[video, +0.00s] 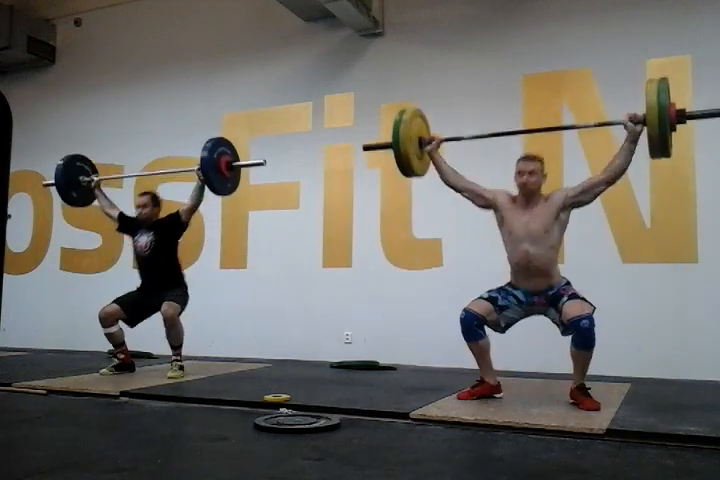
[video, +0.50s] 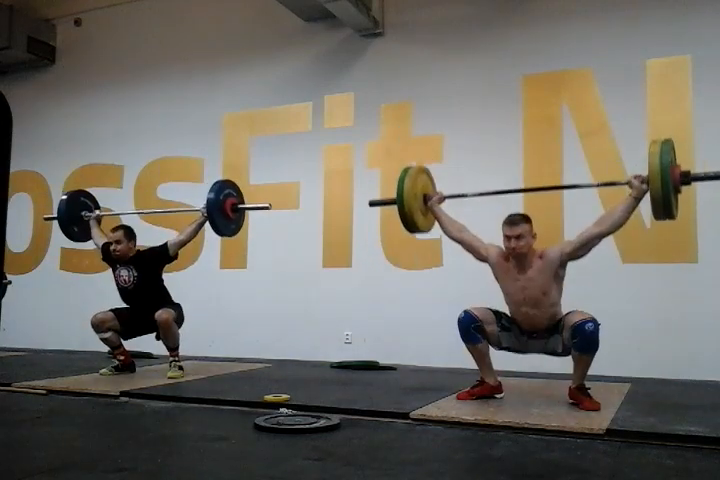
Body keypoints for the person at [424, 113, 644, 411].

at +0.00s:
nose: (525, 179)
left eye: (531, 174)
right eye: (520, 174)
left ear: (543, 178)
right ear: (514, 178)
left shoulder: (560, 202)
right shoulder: (500, 202)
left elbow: (607, 177)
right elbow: (458, 183)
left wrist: (632, 135)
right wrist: (434, 153)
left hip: (555, 292)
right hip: (516, 292)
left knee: (584, 322)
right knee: (470, 318)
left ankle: (578, 388)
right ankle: (489, 382)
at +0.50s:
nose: (513, 244)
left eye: (519, 238)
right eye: (508, 239)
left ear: (533, 237)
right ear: (503, 239)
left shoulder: (555, 257)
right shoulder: (496, 259)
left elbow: (600, 230)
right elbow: (460, 234)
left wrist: (636, 196)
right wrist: (434, 207)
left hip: (554, 332)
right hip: (516, 332)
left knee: (587, 327)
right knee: (468, 320)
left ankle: (578, 389)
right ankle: (490, 383)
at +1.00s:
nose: (515, 218)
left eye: (521, 212)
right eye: (510, 213)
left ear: (534, 210)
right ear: (505, 214)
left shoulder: (556, 232)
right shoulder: (497, 234)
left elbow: (600, 204)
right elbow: (464, 212)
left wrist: (635, 171)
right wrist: (438, 188)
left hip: (555, 310)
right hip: (516, 310)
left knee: (582, 327)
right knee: (470, 321)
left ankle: (577, 389)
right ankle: (489, 383)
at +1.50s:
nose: (520, 122)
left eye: (525, 116)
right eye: (515, 118)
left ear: (537, 117)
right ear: (508, 121)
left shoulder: (558, 143)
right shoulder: (501, 148)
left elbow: (607, 115)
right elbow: (464, 132)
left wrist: (634, 82)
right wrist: (442, 106)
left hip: (556, 237)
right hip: (519, 239)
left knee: (569, 307)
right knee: (499, 303)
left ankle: (577, 383)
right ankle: (493, 380)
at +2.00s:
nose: (529, 115)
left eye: (535, 110)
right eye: (525, 111)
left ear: (548, 114)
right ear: (520, 116)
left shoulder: (566, 145)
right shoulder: (508, 150)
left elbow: (612, 116)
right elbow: (465, 136)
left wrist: (634, 76)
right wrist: (441, 107)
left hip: (552, 232)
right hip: (516, 234)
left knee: (561, 309)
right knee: (514, 310)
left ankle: (572, 384)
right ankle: (512, 380)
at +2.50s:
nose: (528, 110)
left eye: (534, 105)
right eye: (524, 106)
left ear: (547, 111)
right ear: (519, 113)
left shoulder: (563, 140)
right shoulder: (506, 145)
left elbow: (607, 145)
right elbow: (467, 160)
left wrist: (624, 172)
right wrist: (441, 185)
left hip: (552, 226)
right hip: (518, 228)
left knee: (564, 303)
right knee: (513, 304)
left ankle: (572, 378)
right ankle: (509, 376)